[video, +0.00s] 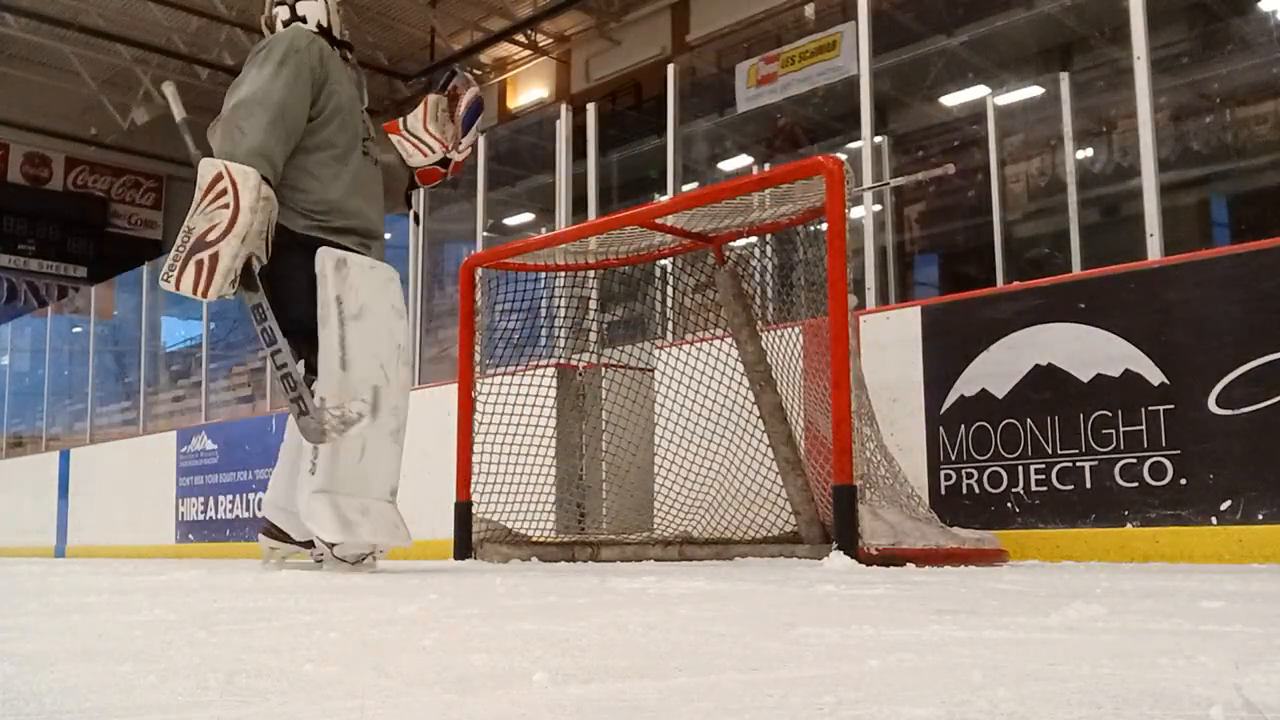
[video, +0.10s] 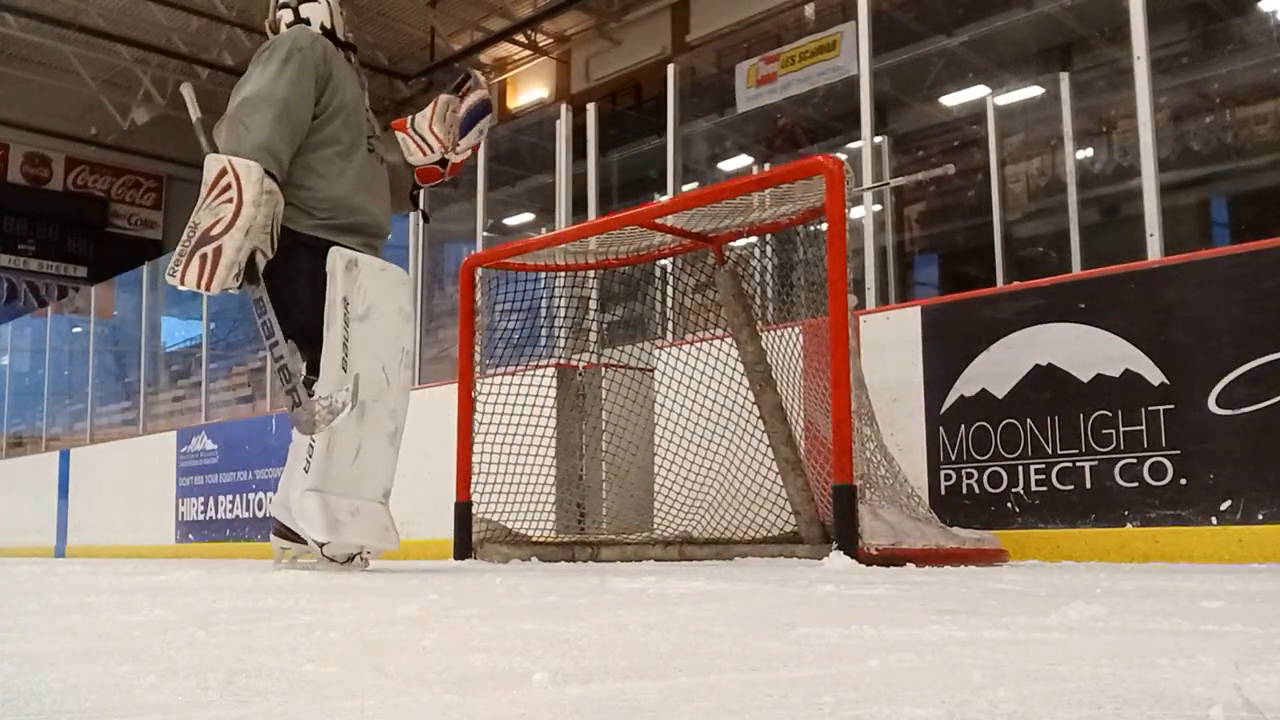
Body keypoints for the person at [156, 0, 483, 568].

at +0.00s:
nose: (341, 15)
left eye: (334, 11)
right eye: (334, 8)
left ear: (288, 12)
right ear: (319, 10)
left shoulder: (339, 76)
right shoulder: (298, 47)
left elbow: (367, 149)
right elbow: (253, 127)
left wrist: (433, 130)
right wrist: (231, 215)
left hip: (339, 253)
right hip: (323, 250)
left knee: (334, 388)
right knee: (361, 387)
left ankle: (290, 518)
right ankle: (347, 538)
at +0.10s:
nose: (345, 21)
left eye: (338, 16)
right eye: (338, 12)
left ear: (293, 15)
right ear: (320, 13)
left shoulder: (345, 82)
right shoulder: (300, 49)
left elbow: (368, 159)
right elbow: (257, 126)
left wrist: (434, 135)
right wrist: (237, 211)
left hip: (345, 253)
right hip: (315, 249)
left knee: (348, 390)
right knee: (348, 390)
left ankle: (304, 527)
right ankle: (320, 539)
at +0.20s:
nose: (346, 17)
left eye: (338, 12)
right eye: (337, 9)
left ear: (293, 16)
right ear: (322, 13)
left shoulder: (348, 82)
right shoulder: (304, 50)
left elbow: (375, 151)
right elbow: (262, 127)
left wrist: (440, 132)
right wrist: (244, 212)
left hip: (349, 251)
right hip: (323, 249)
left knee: (344, 389)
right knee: (355, 388)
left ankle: (301, 526)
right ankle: (326, 541)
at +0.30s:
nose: (352, 20)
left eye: (344, 15)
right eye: (343, 12)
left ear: (296, 19)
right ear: (327, 17)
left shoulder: (351, 79)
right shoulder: (309, 51)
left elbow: (371, 169)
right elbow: (270, 132)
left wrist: (436, 138)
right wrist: (259, 224)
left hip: (355, 253)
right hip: (327, 249)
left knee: (348, 386)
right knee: (355, 386)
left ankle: (298, 525)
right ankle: (325, 540)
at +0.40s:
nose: (352, 14)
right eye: (344, 7)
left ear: (297, 14)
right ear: (333, 10)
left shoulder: (351, 74)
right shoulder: (316, 49)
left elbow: (367, 170)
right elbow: (276, 127)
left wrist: (432, 146)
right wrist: (268, 217)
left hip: (360, 252)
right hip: (333, 248)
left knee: (365, 385)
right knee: (357, 384)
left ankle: (305, 521)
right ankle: (323, 527)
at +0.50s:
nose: (359, 8)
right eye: (352, 2)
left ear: (300, 7)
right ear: (337, 3)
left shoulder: (354, 66)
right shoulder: (321, 43)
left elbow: (376, 154)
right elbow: (283, 127)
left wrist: (441, 147)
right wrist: (272, 222)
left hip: (358, 251)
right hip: (334, 247)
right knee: (359, 381)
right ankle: (318, 519)